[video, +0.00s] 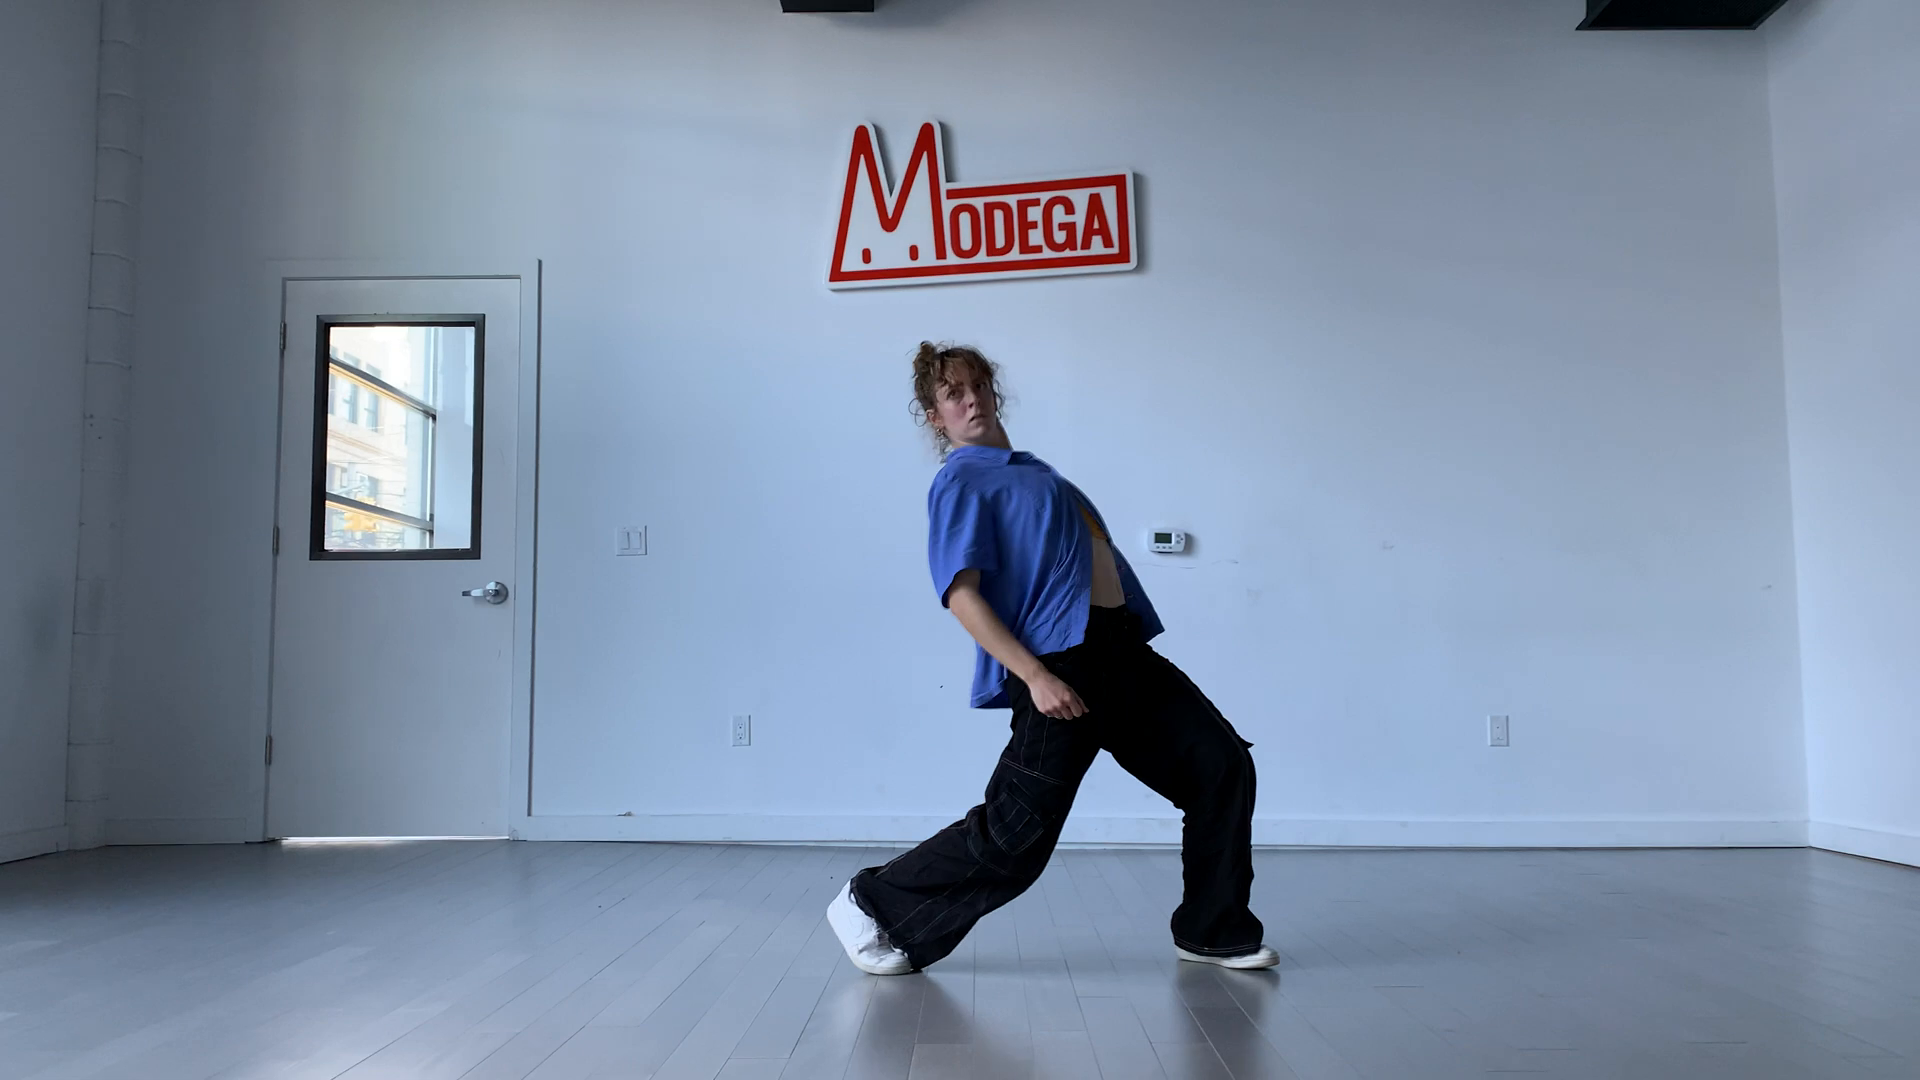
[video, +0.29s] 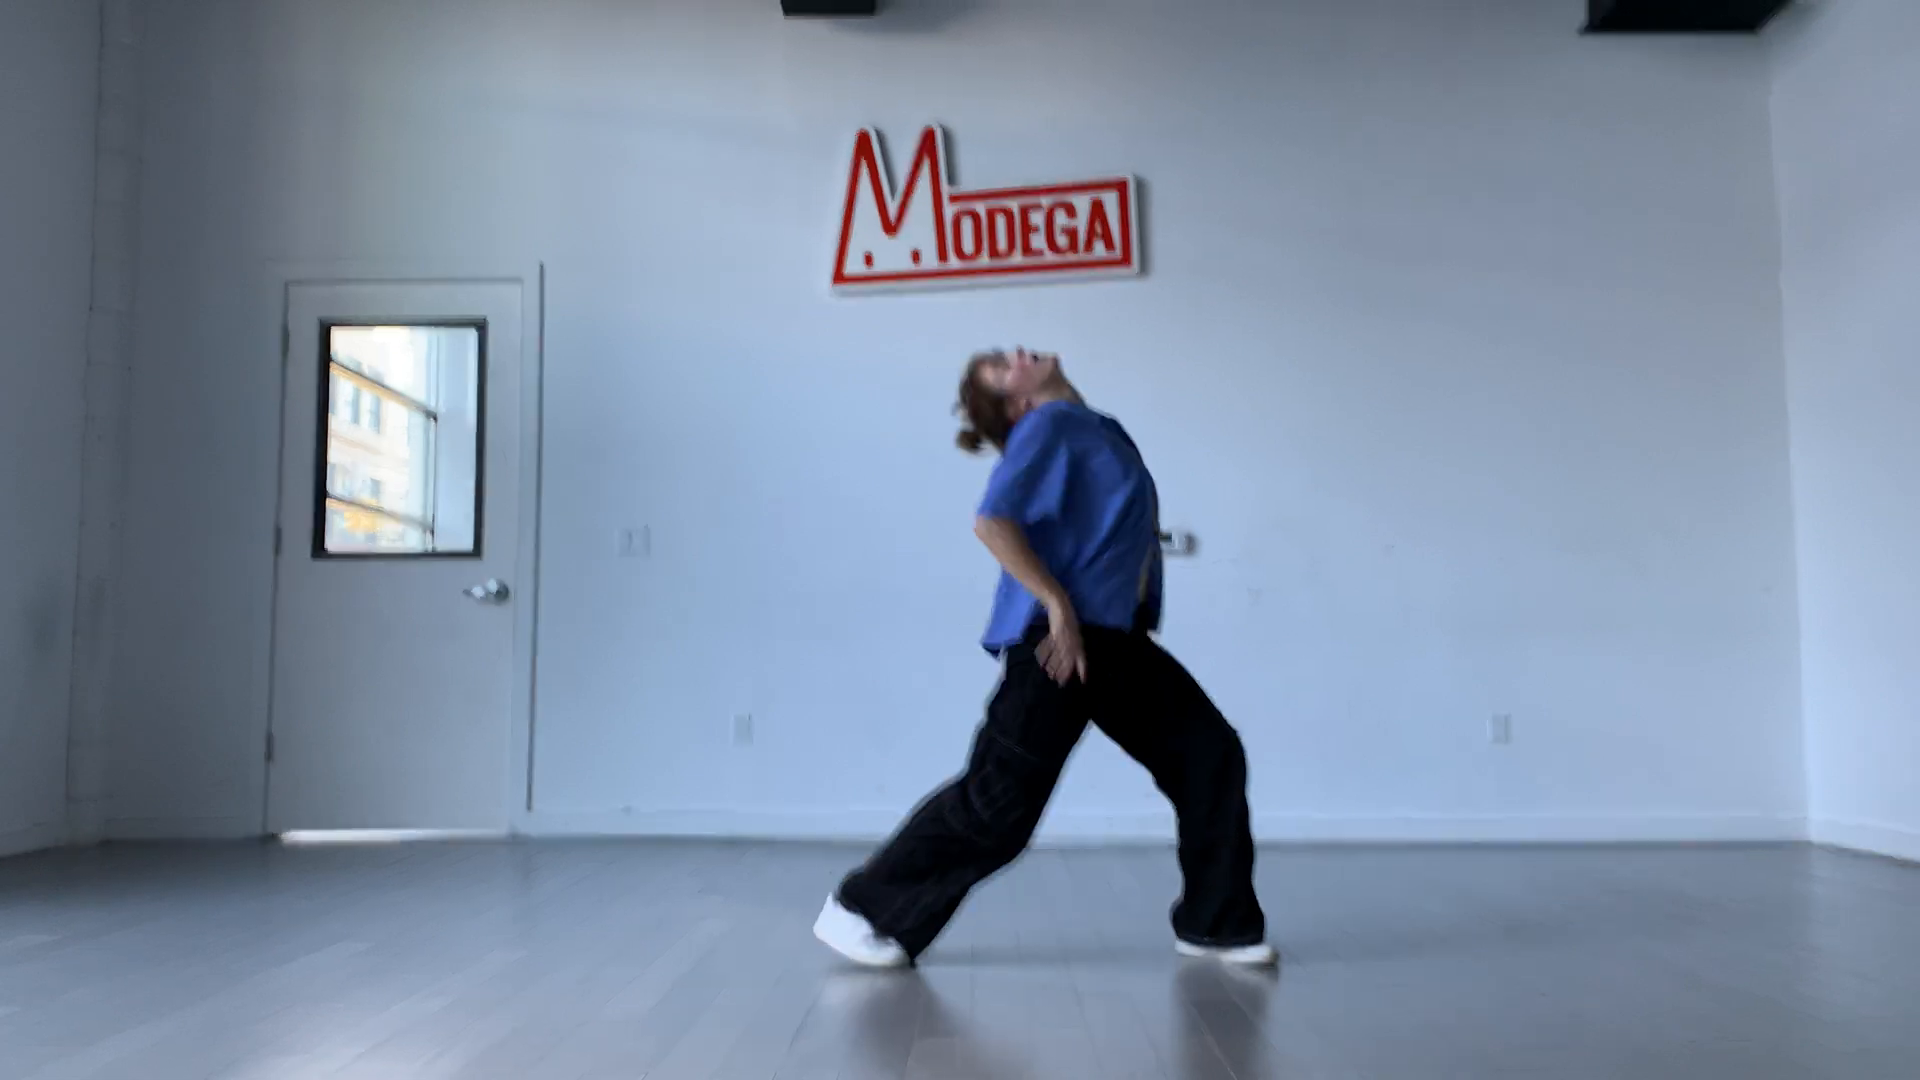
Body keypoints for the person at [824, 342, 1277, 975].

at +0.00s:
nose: (974, 398)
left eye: (980, 386)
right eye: (955, 393)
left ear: (996, 397)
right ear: (934, 417)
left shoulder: (1034, 472)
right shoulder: (959, 477)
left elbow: (1085, 552)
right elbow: (959, 594)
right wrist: (1034, 673)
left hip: (1121, 650)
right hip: (1061, 663)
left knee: (1224, 767)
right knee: (1011, 840)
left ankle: (1213, 928)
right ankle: (872, 904)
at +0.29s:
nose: (1021, 351)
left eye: (1008, 351)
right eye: (1005, 364)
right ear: (1013, 405)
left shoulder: (1103, 432)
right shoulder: (1047, 425)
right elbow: (994, 521)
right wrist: (1058, 606)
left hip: (1119, 646)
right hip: (1057, 645)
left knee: (1212, 759)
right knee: (997, 806)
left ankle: (1217, 923)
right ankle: (861, 910)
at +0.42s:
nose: (1095, 323)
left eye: (1082, 320)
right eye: (1078, 329)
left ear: (1093, 354)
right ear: (1074, 365)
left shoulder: (1140, 421)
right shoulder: (1091, 400)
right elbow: (1016, 447)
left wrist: (1151, 535)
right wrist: (1082, 520)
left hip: (1107, 631)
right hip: (1045, 625)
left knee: (1189, 758)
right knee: (983, 789)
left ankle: (1216, 925)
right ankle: (858, 918)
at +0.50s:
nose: (1159, 328)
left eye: (1150, 320)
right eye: (1143, 323)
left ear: (1132, 347)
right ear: (1119, 343)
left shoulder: (1157, 422)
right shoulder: (1118, 382)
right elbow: (1061, 394)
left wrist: (1152, 532)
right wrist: (1113, 466)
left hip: (1101, 622)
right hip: (1039, 611)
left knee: (1172, 765)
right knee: (977, 782)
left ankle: (1210, 927)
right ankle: (859, 921)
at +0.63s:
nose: (1192, 335)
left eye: (1191, 325)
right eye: (1182, 324)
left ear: (1154, 333)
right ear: (1155, 330)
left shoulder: (1168, 421)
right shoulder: (1131, 368)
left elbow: (1220, 472)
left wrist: (1238, 467)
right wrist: (1182, 441)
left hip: (1105, 618)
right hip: (1036, 606)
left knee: (1161, 780)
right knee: (967, 780)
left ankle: (1201, 930)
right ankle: (856, 920)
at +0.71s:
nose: (1207, 334)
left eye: (1206, 324)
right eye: (1201, 321)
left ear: (1176, 324)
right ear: (1173, 318)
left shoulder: (1206, 402)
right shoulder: (1130, 365)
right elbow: (1232, 381)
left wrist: (1336, 471)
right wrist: (1241, 459)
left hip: (1119, 607)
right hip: (1048, 598)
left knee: (1165, 772)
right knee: (978, 770)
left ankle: (1195, 927)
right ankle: (864, 909)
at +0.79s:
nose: (1217, 323)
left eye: (1214, 311)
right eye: (1209, 310)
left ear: (1174, 315)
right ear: (1179, 309)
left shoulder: (1217, 390)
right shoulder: (1130, 371)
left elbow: (1320, 422)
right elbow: (1224, 427)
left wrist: (1421, 458)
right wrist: (1299, 457)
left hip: (1146, 603)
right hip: (1069, 599)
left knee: (1178, 776)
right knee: (1007, 778)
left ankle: (1199, 936)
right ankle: (887, 903)